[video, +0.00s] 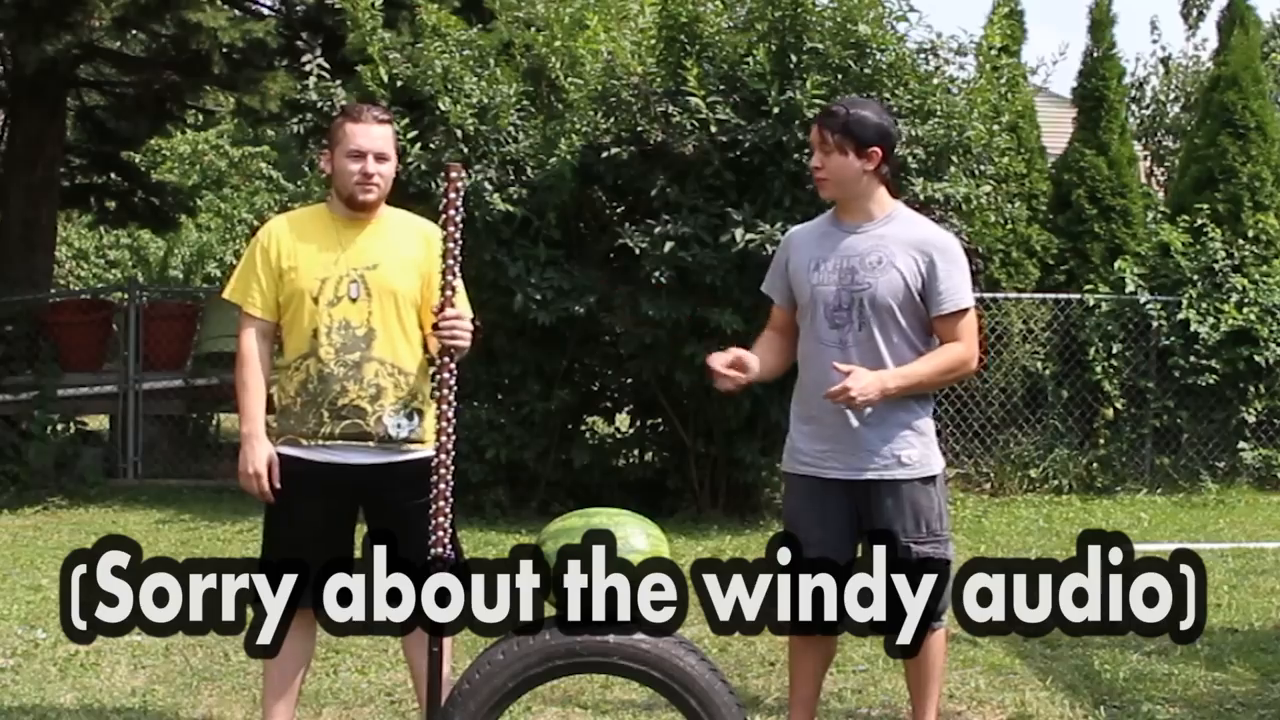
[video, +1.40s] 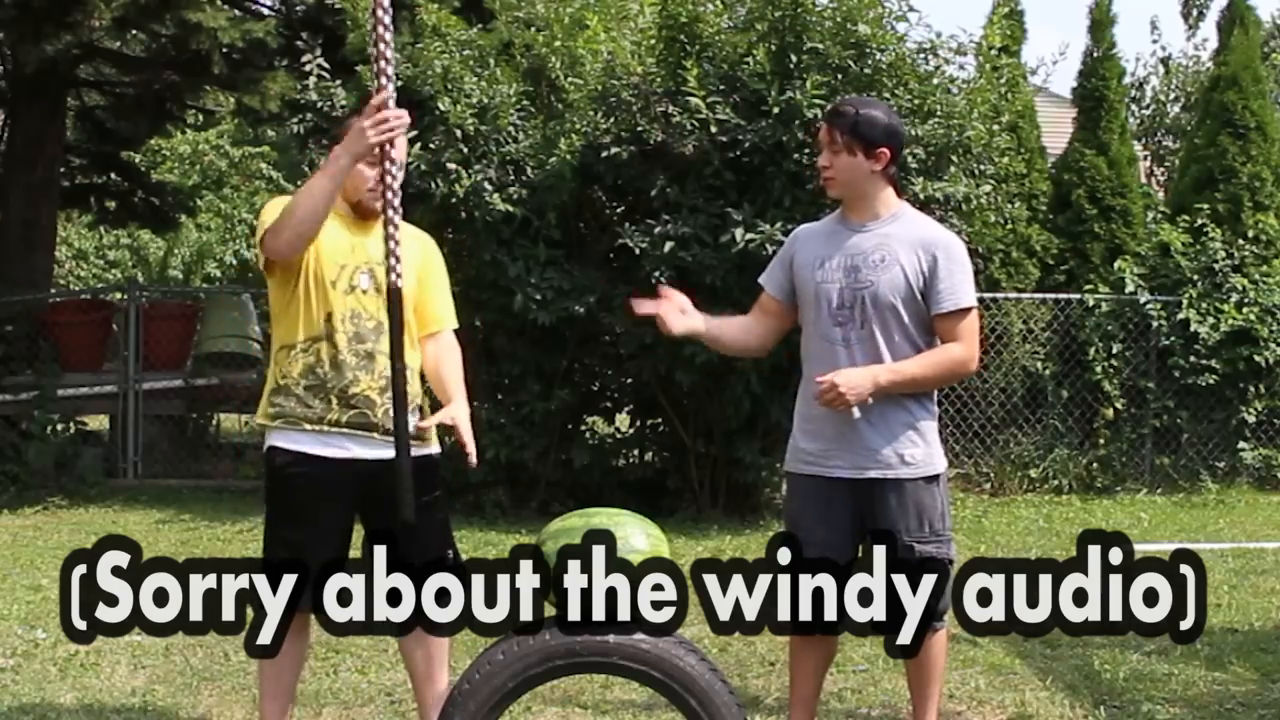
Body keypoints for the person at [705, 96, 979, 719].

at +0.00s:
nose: (813, 163)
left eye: (826, 152)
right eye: (813, 151)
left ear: (872, 158)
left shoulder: (932, 245)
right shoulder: (799, 244)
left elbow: (964, 352)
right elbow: (780, 335)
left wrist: (884, 381)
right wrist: (751, 364)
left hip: (904, 467)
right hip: (814, 464)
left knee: (921, 610)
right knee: (811, 608)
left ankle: (925, 716)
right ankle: (799, 716)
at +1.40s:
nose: (821, 161)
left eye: (834, 151)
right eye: (821, 149)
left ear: (879, 158)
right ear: (829, 156)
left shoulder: (935, 245)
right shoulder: (805, 244)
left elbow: (964, 353)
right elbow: (762, 328)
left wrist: (875, 377)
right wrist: (697, 322)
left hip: (906, 468)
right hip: (817, 466)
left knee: (923, 612)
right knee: (812, 609)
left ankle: (925, 717)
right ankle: (800, 716)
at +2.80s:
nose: (827, 159)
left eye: (841, 147)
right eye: (825, 146)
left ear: (884, 155)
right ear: (825, 153)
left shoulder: (935, 246)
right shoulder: (803, 242)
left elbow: (965, 354)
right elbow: (771, 338)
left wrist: (871, 376)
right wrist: (804, 373)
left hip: (902, 467)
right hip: (812, 464)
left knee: (920, 612)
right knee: (807, 611)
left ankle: (924, 716)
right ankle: (799, 716)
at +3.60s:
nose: (835, 155)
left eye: (851, 143)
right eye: (827, 143)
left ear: (887, 154)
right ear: (817, 155)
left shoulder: (934, 242)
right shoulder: (802, 245)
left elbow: (961, 350)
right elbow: (779, 343)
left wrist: (875, 374)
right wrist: (711, 354)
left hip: (904, 465)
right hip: (814, 463)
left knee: (922, 613)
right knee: (809, 611)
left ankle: (924, 717)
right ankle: (800, 716)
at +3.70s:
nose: (849, 153)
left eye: (864, 141)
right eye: (838, 142)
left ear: (893, 154)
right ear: (823, 156)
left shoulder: (934, 242)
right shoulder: (800, 243)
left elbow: (961, 350)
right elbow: (779, 338)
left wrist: (883, 376)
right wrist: (734, 360)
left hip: (905, 464)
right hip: (816, 462)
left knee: (921, 610)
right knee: (810, 610)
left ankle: (925, 716)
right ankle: (799, 717)